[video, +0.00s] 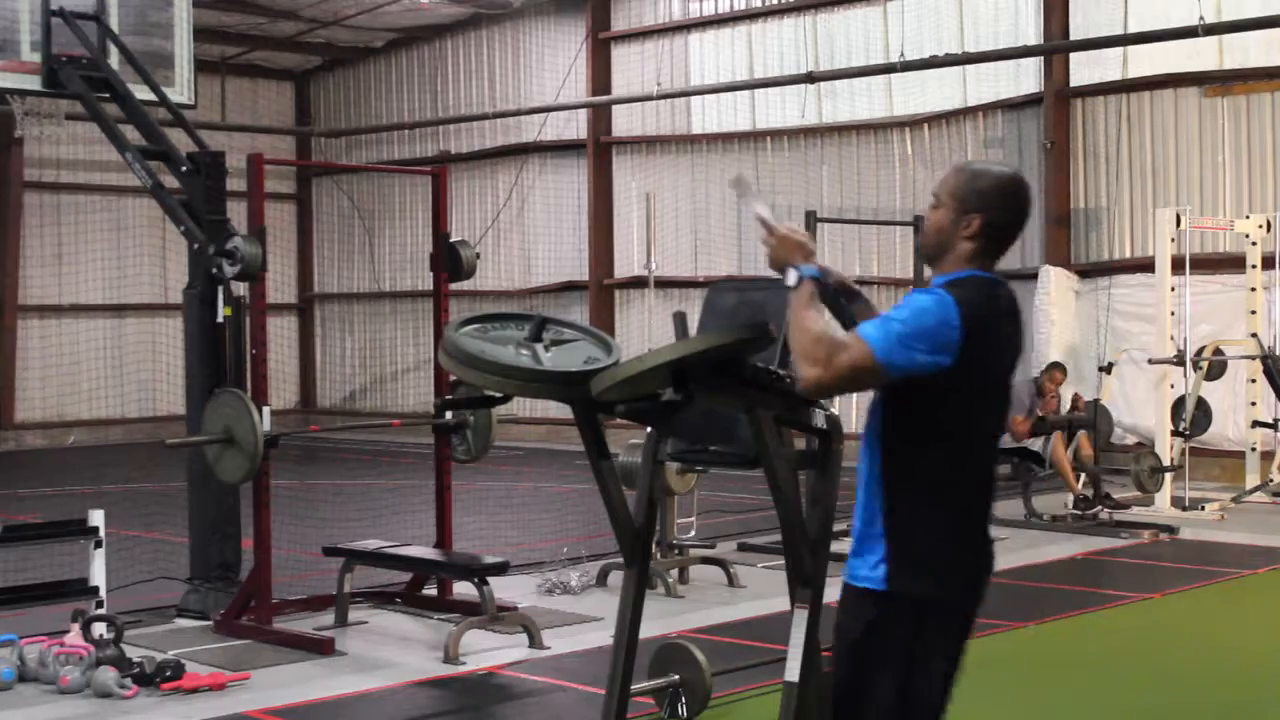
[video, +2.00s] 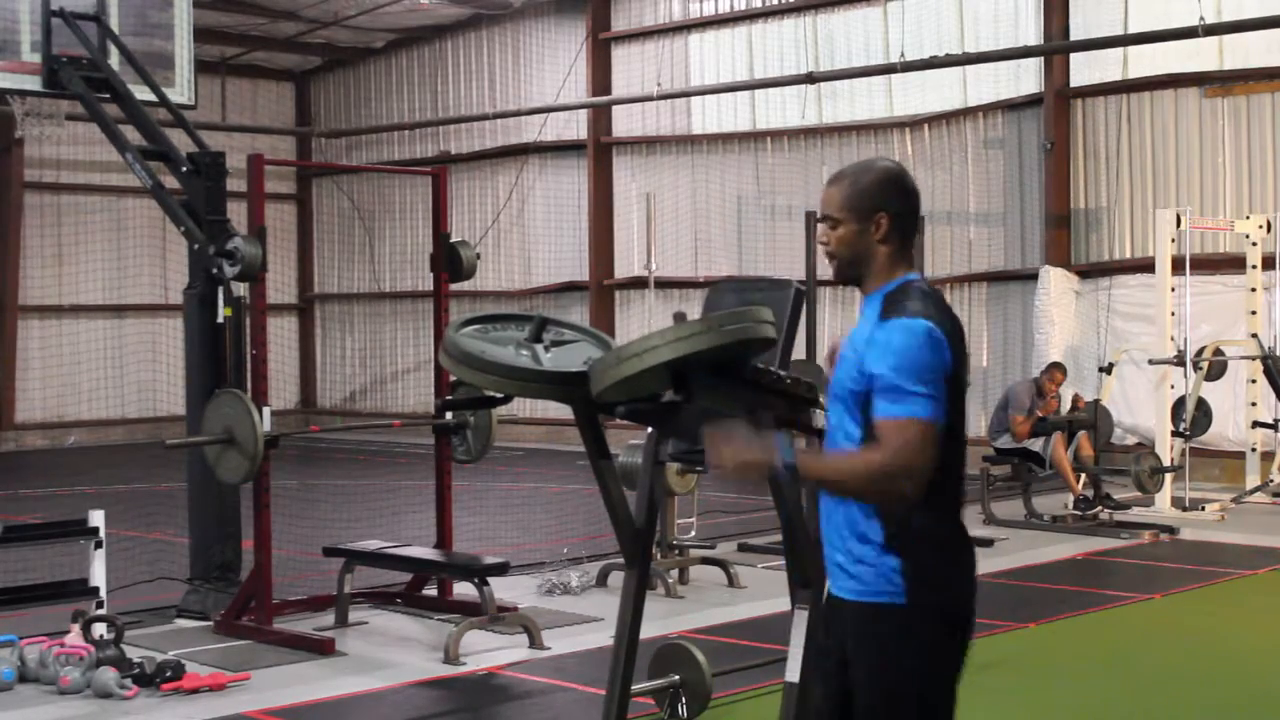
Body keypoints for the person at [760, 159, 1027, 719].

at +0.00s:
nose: (922, 215)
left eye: (935, 205)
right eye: (930, 202)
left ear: (971, 227)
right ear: (977, 231)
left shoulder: (947, 309)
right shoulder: (992, 304)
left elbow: (820, 366)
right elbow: (903, 359)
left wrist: (799, 272)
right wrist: (845, 296)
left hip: (900, 575)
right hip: (946, 566)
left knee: (869, 706)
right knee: (910, 707)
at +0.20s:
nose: (886, 218)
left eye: (898, 208)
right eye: (893, 205)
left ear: (934, 228)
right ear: (937, 233)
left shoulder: (921, 308)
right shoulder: (946, 301)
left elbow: (800, 361)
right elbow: (842, 336)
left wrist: (767, 269)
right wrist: (772, 279)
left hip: (871, 570)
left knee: (837, 707)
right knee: (884, 706)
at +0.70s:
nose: (803, 214)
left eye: (815, 202)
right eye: (808, 201)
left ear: (851, 218)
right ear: (855, 221)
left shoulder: (862, 297)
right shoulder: (864, 290)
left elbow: (769, 366)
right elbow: (786, 348)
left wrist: (707, 287)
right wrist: (710, 293)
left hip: (845, 558)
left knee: (822, 708)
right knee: (843, 706)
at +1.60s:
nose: (805, 220)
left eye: (816, 208)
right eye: (808, 207)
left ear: (855, 220)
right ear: (859, 222)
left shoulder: (867, 294)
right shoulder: (873, 286)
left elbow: (790, 349)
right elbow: (821, 319)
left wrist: (758, 249)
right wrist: (771, 258)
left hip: (854, 569)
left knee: (824, 708)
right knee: (862, 707)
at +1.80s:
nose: (816, 234)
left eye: (826, 220)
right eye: (816, 221)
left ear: (873, 226)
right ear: (877, 228)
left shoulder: (885, 309)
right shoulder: (897, 295)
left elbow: (819, 393)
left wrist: (758, 292)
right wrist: (836, 284)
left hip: (866, 577)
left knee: (842, 708)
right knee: (868, 707)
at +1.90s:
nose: (821, 240)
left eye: (830, 225)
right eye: (821, 226)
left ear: (877, 229)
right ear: (876, 231)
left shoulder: (899, 320)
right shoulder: (879, 309)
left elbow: (858, 433)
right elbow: (848, 417)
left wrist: (757, 356)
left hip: (884, 588)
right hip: (849, 578)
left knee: (878, 711)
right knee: (821, 707)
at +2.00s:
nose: (821, 238)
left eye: (832, 223)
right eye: (821, 223)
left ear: (880, 228)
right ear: (874, 231)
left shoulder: (911, 330)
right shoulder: (883, 315)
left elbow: (904, 473)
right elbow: (876, 447)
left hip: (899, 599)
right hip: (856, 589)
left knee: (893, 711)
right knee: (825, 707)